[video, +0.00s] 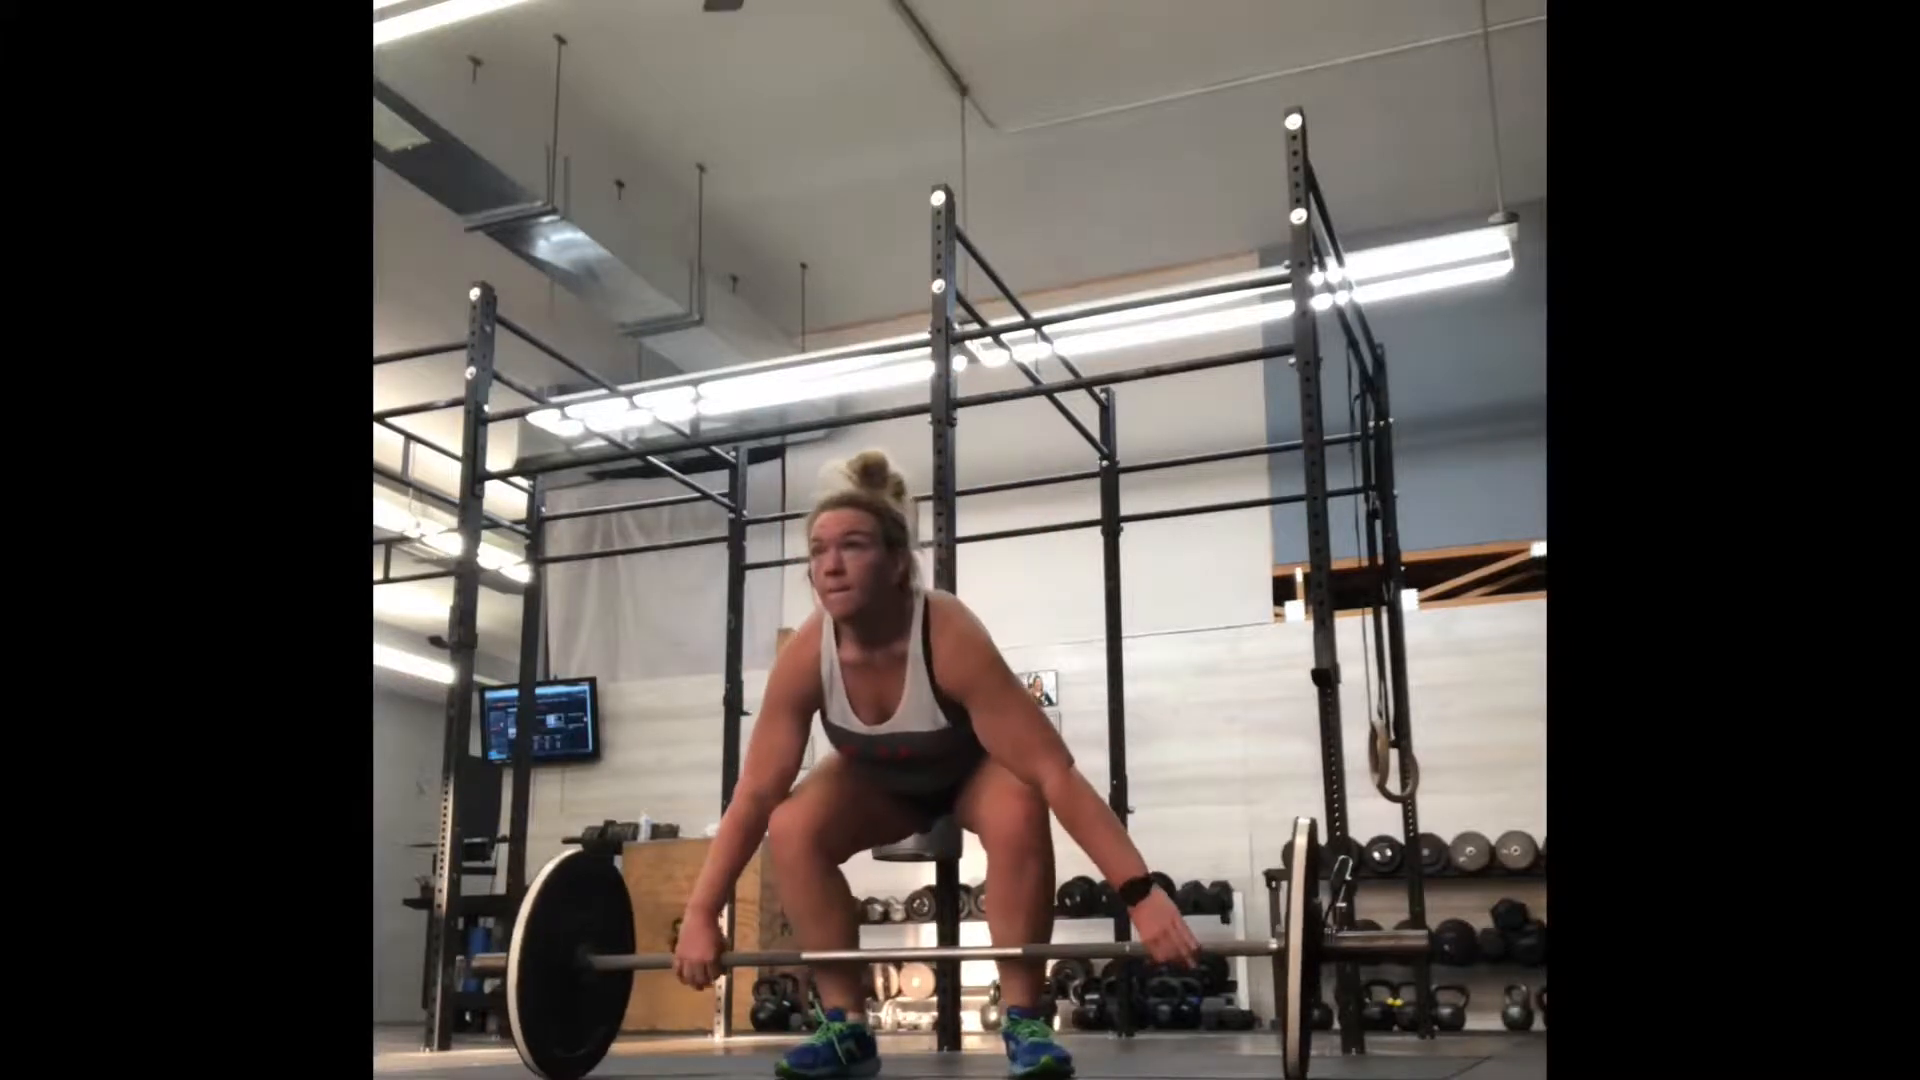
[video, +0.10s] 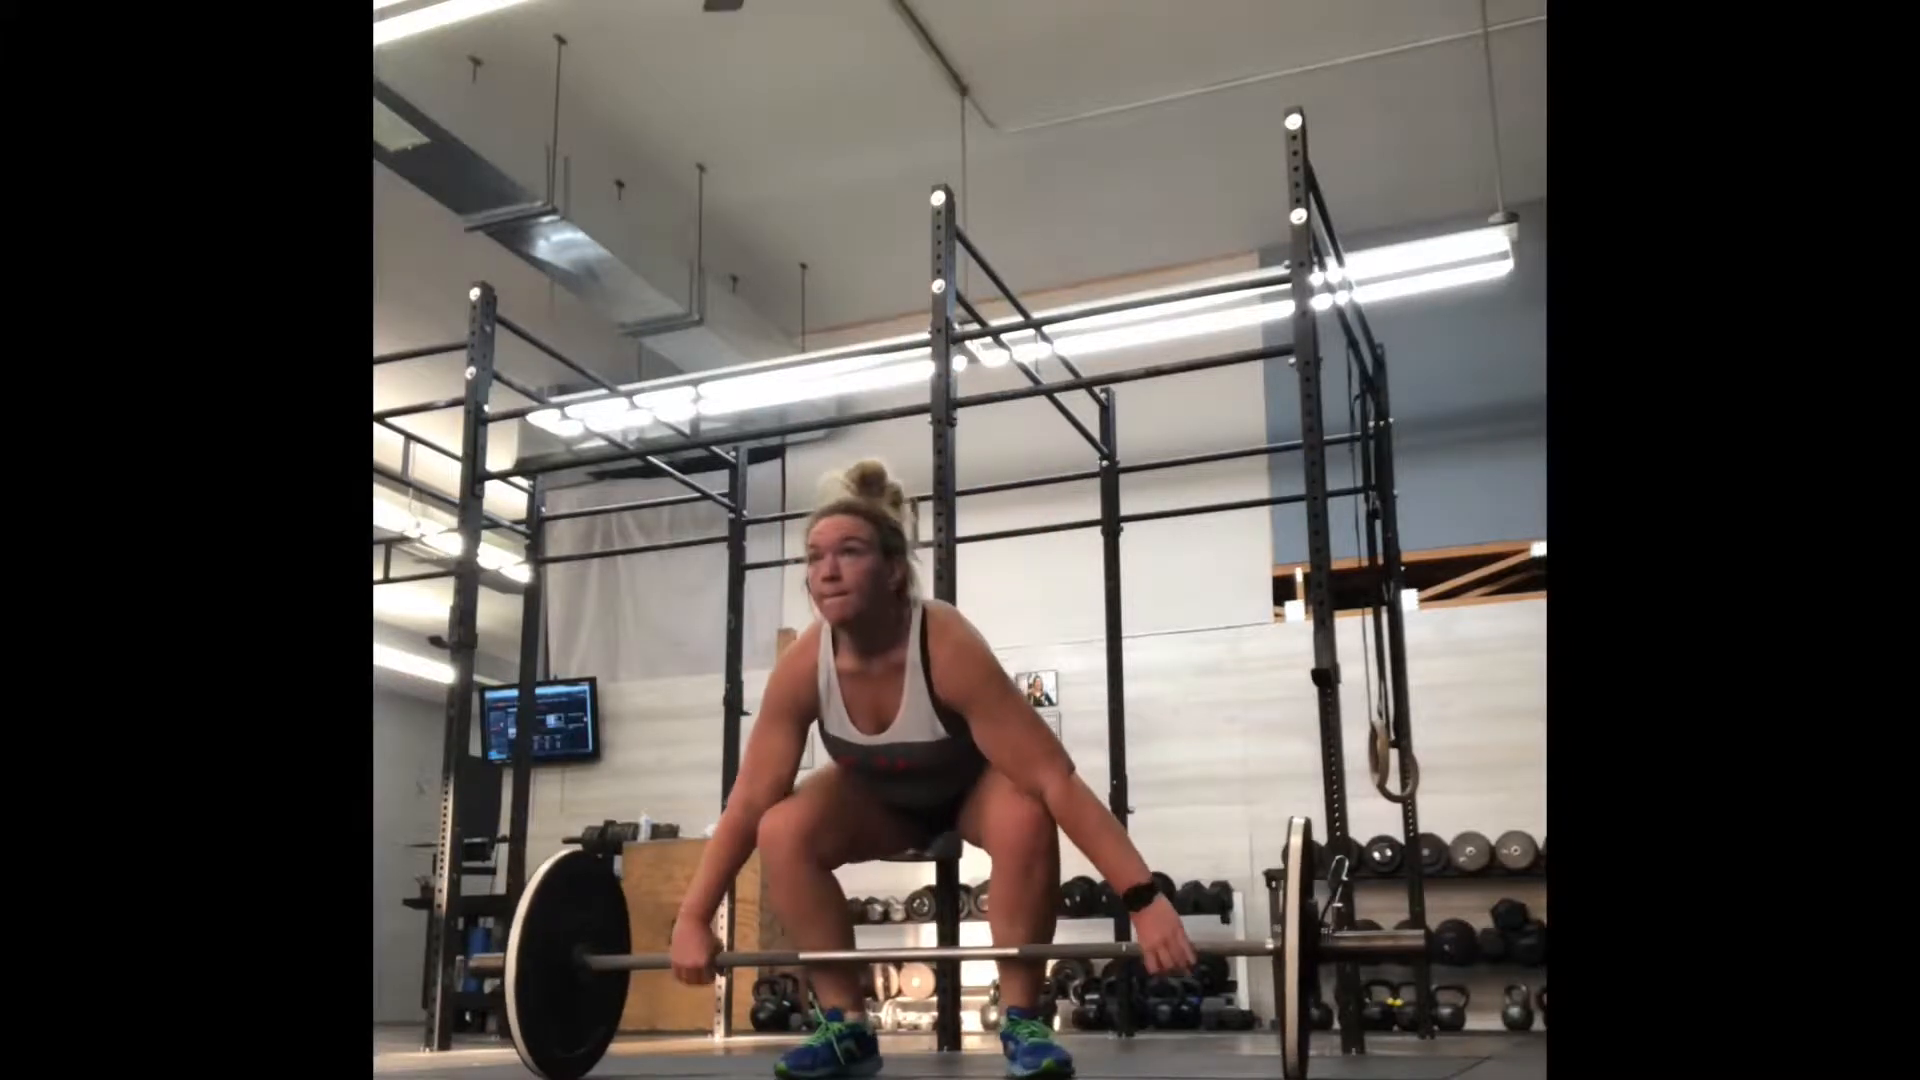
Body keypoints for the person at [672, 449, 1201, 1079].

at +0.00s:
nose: (830, 563)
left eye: (853, 544)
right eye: (818, 548)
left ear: (898, 561)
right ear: (810, 565)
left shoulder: (950, 635)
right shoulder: (805, 656)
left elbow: (1054, 771)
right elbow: (757, 794)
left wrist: (1140, 891)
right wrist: (701, 910)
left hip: (975, 773)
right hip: (876, 779)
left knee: (1018, 816)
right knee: (791, 831)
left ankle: (1023, 1019)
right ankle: (846, 1025)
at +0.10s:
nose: (826, 569)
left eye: (848, 551)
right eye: (814, 555)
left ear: (892, 567)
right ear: (806, 571)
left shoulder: (947, 643)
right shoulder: (802, 667)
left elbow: (1055, 778)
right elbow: (749, 805)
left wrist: (1143, 897)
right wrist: (693, 916)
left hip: (975, 789)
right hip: (875, 796)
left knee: (1026, 819)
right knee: (782, 833)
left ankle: (1022, 1019)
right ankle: (845, 1024)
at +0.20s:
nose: (828, 574)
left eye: (849, 555)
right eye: (815, 560)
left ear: (893, 574)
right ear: (806, 577)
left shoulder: (948, 652)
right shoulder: (802, 671)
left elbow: (1054, 784)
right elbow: (749, 804)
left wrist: (1144, 902)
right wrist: (690, 919)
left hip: (972, 797)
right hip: (875, 803)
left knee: (1028, 823)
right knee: (780, 834)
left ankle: (1022, 1020)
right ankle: (845, 1025)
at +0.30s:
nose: (828, 575)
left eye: (849, 556)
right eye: (816, 561)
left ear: (894, 574)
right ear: (806, 577)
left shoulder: (949, 650)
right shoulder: (803, 670)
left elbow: (1051, 783)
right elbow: (749, 803)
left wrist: (1140, 904)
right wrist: (688, 917)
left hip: (974, 792)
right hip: (875, 800)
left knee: (1022, 822)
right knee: (787, 833)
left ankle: (1022, 1020)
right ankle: (844, 1025)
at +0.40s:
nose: (826, 567)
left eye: (846, 548)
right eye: (814, 553)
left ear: (892, 564)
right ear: (803, 569)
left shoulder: (949, 633)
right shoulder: (802, 658)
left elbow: (1049, 768)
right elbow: (748, 783)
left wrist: (1132, 887)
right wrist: (686, 900)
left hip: (978, 764)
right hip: (883, 773)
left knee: (1015, 815)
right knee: (806, 827)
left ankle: (1023, 1022)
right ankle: (847, 1027)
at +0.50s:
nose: (823, 523)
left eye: (842, 505)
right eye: (811, 508)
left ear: (887, 517)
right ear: (800, 522)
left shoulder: (948, 590)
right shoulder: (805, 610)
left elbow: (1050, 709)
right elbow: (746, 732)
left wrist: (1127, 836)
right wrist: (681, 850)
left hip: (988, 718)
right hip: (888, 727)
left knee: (1008, 816)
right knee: (822, 821)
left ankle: (1025, 1021)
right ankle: (846, 1025)